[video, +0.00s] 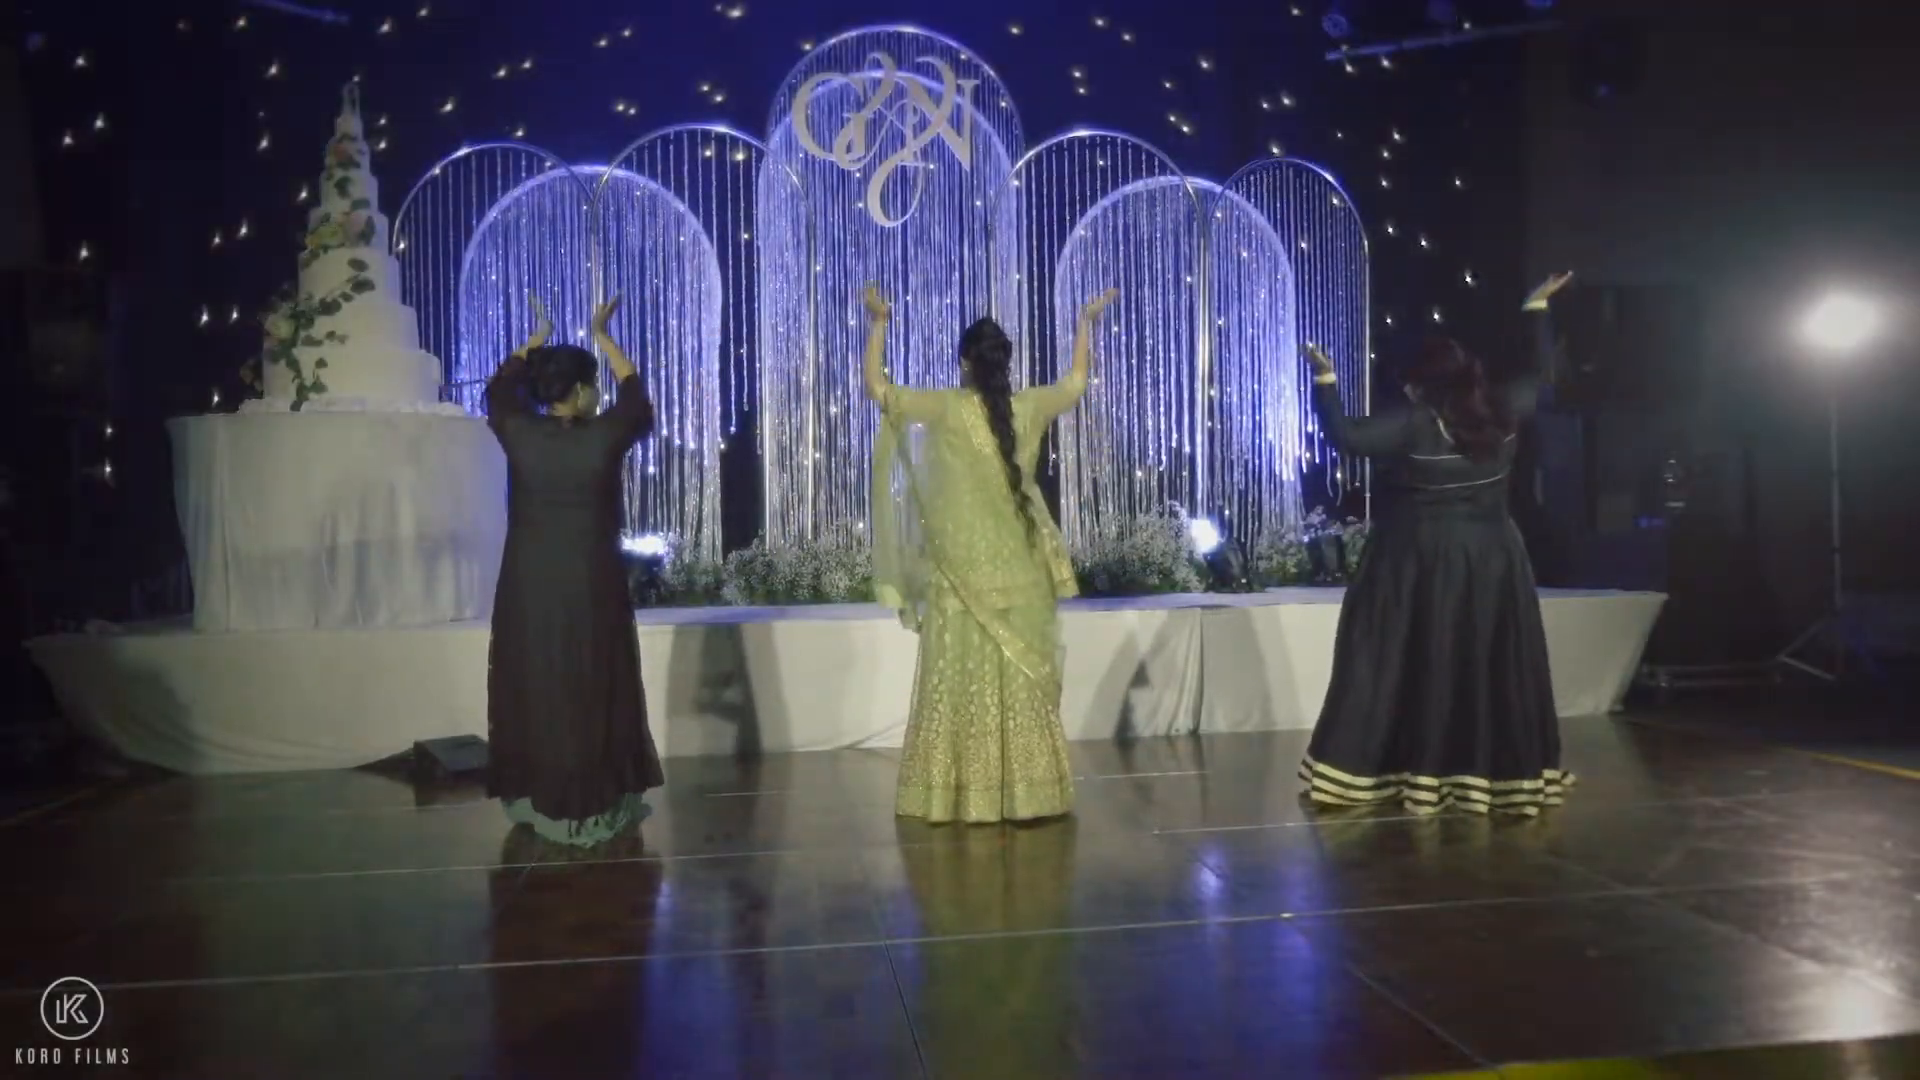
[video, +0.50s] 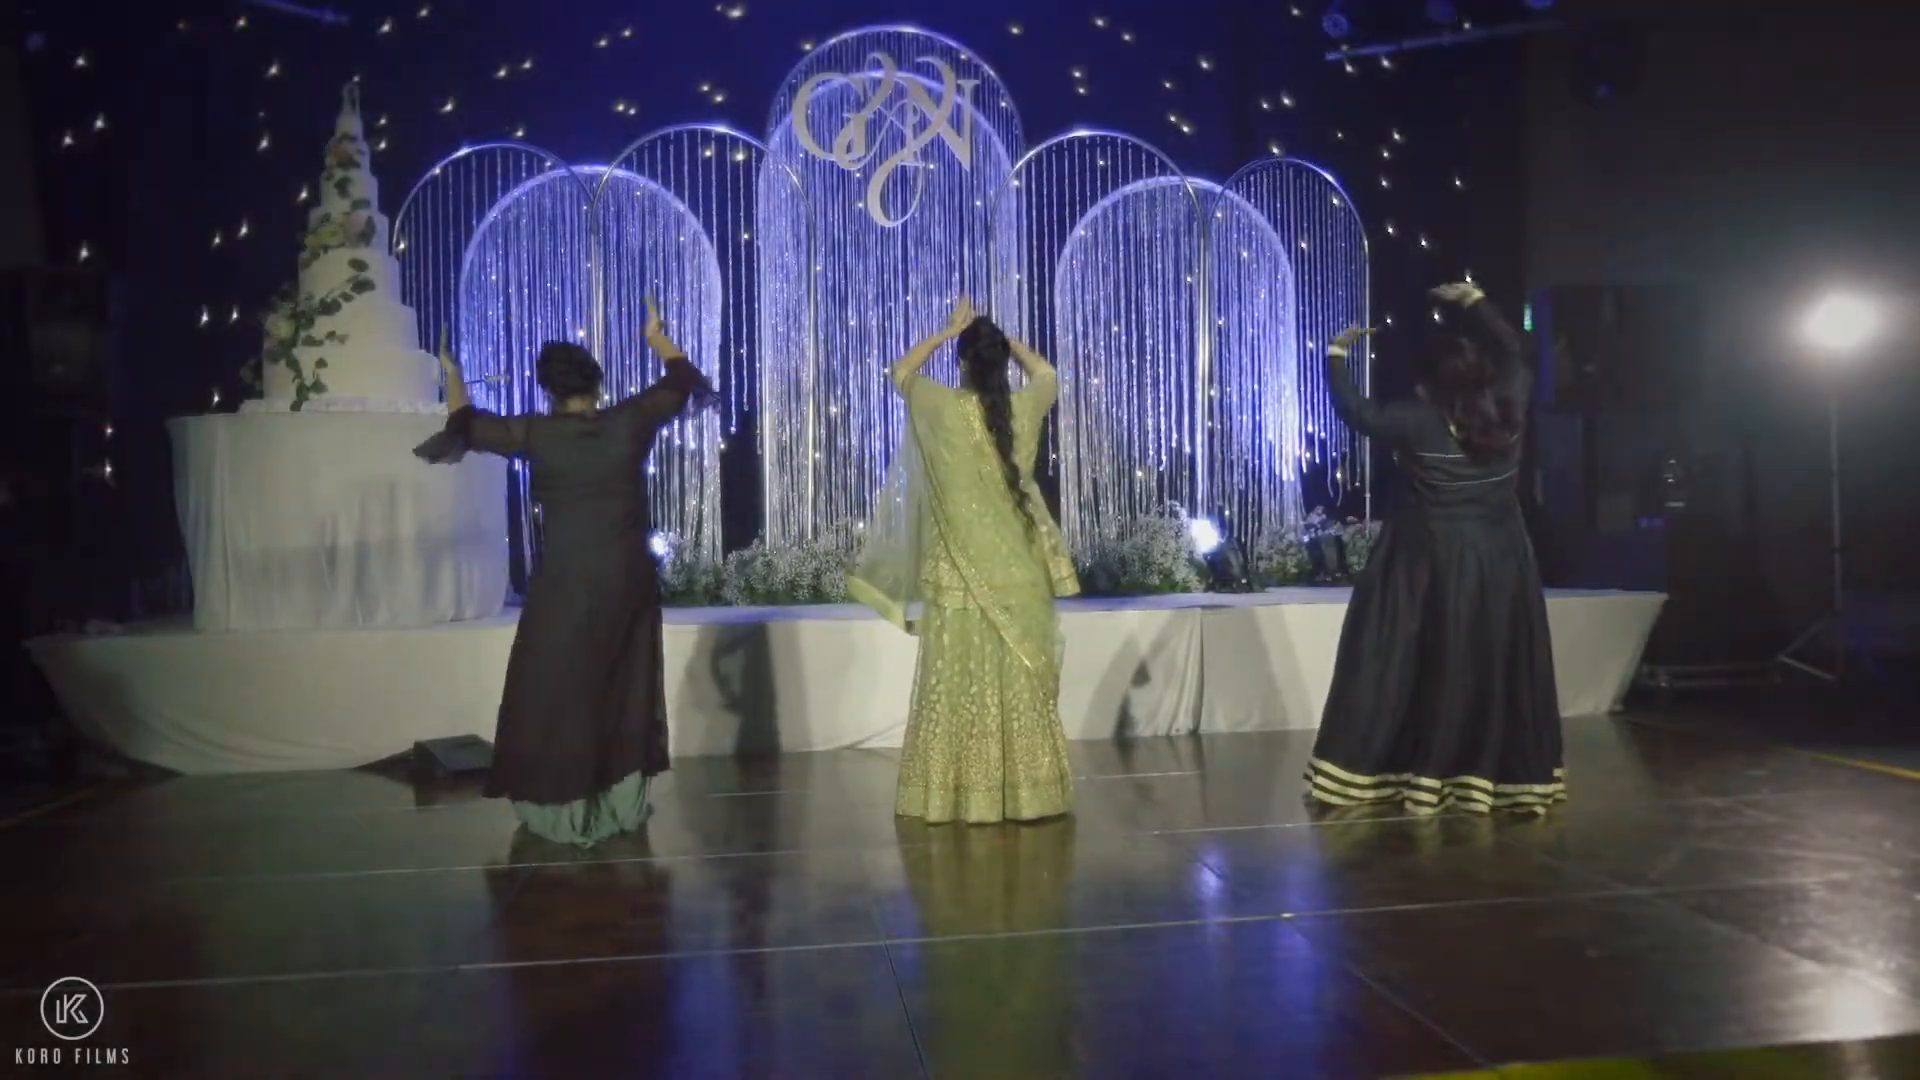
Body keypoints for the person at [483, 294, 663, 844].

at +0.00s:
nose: (595, 394)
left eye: (591, 386)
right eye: (590, 387)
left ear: (539, 393)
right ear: (577, 394)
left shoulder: (519, 435)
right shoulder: (605, 438)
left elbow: (501, 388)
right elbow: (637, 400)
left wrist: (529, 346)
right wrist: (607, 339)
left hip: (530, 577)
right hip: (589, 578)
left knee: (533, 685)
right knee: (597, 685)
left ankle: (536, 803)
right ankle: (598, 805)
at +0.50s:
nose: (564, 397)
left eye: (553, 390)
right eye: (585, 384)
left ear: (551, 393)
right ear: (596, 386)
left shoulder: (537, 435)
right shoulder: (630, 424)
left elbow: (466, 424)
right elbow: (685, 381)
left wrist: (455, 380)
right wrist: (661, 344)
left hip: (565, 585)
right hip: (627, 582)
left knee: (557, 696)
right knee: (621, 693)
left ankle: (562, 817)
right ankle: (622, 811)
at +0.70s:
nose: (552, 408)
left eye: (551, 399)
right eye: (557, 398)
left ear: (554, 401)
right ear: (599, 390)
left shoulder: (549, 453)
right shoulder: (639, 426)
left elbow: (474, 481)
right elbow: (695, 394)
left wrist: (422, 445)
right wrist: (689, 355)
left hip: (585, 592)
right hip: (646, 588)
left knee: (578, 696)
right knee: (636, 692)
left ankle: (582, 812)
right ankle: (634, 806)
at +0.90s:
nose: (545, 419)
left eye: (544, 409)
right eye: (546, 409)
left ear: (552, 408)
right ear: (593, 398)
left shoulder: (548, 466)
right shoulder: (639, 432)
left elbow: (505, 532)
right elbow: (696, 435)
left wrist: (433, 529)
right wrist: (693, 394)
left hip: (591, 593)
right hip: (653, 588)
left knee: (578, 693)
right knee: (640, 691)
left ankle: (578, 810)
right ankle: (635, 807)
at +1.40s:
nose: (541, 427)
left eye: (540, 417)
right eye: (540, 418)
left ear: (549, 413)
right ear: (588, 402)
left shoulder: (548, 467)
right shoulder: (637, 432)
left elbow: (518, 544)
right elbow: (688, 468)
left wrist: (457, 580)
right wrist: (728, 450)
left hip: (596, 594)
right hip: (656, 587)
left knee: (578, 694)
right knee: (648, 690)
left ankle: (585, 811)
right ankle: (648, 802)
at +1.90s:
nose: (533, 417)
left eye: (533, 408)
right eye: (533, 408)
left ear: (544, 403)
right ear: (583, 398)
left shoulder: (536, 447)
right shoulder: (627, 435)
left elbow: (488, 513)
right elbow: (688, 483)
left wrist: (471, 556)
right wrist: (689, 515)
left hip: (569, 593)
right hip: (634, 590)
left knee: (567, 697)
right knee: (633, 694)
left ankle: (574, 811)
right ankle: (639, 807)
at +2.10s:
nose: (510, 406)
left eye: (513, 396)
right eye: (510, 396)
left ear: (536, 395)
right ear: (564, 394)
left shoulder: (524, 438)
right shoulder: (604, 436)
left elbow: (498, 497)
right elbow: (656, 484)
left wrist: (502, 552)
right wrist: (656, 542)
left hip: (548, 592)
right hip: (603, 588)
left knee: (553, 695)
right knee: (608, 693)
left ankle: (571, 810)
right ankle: (622, 805)